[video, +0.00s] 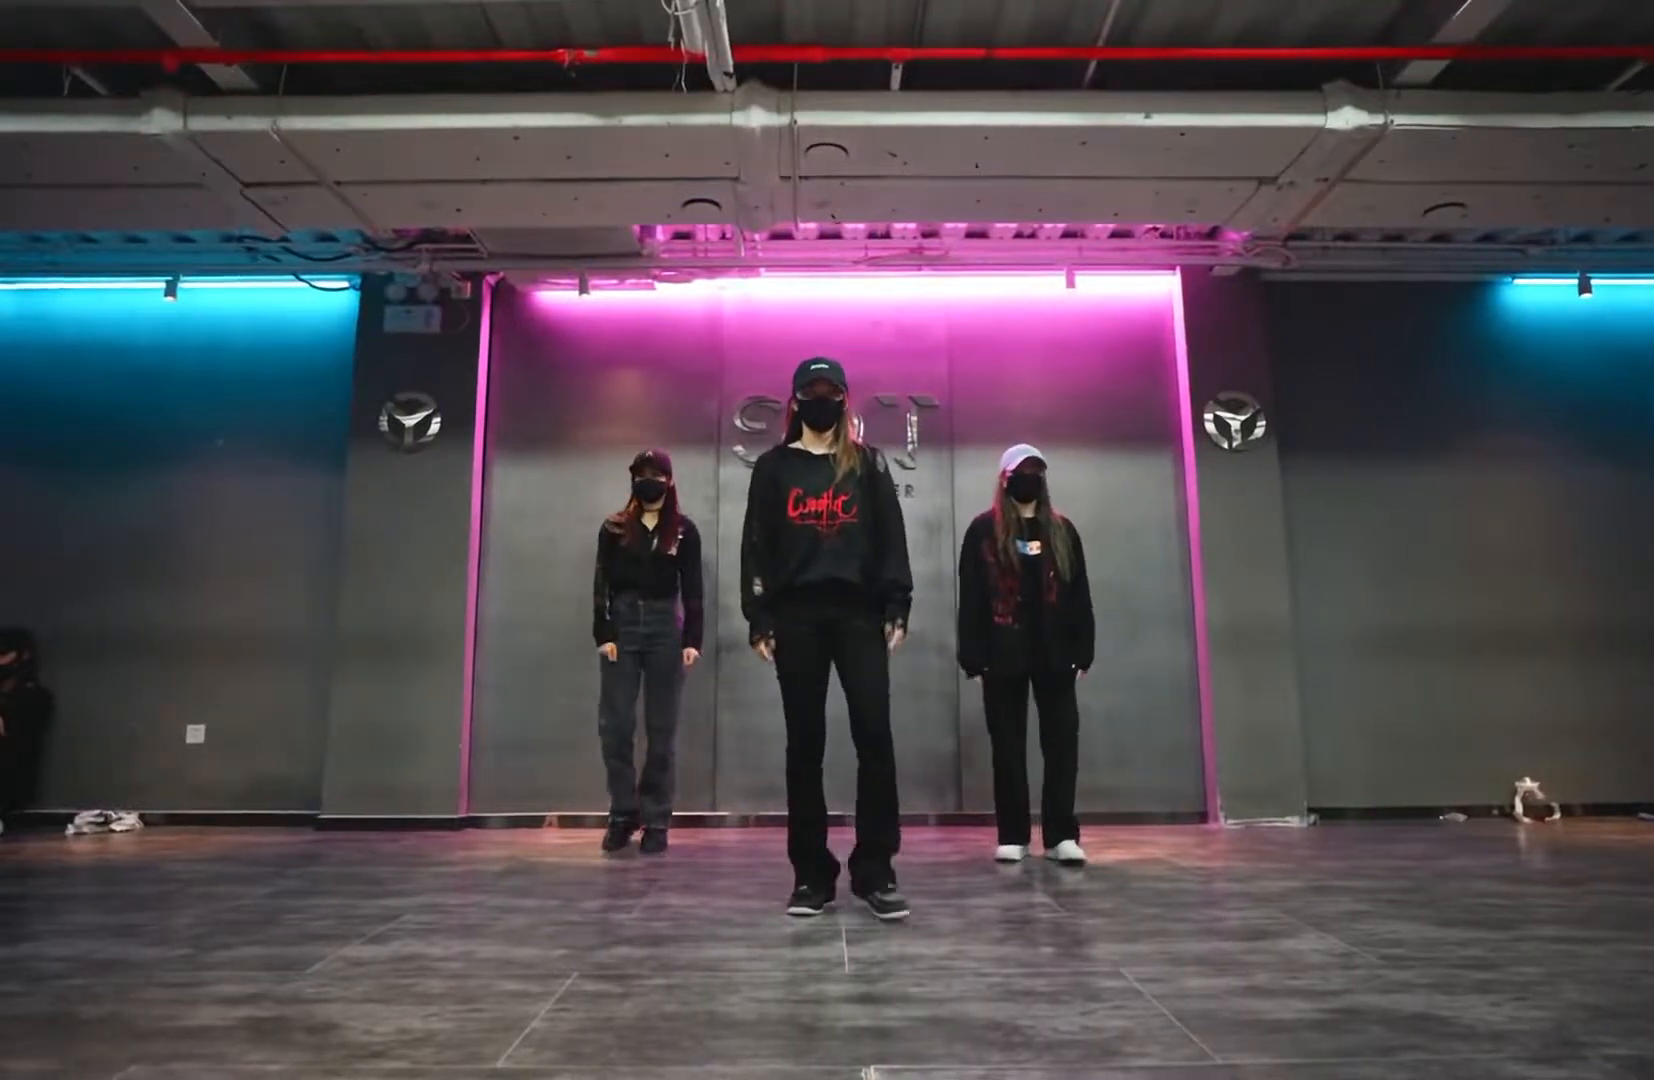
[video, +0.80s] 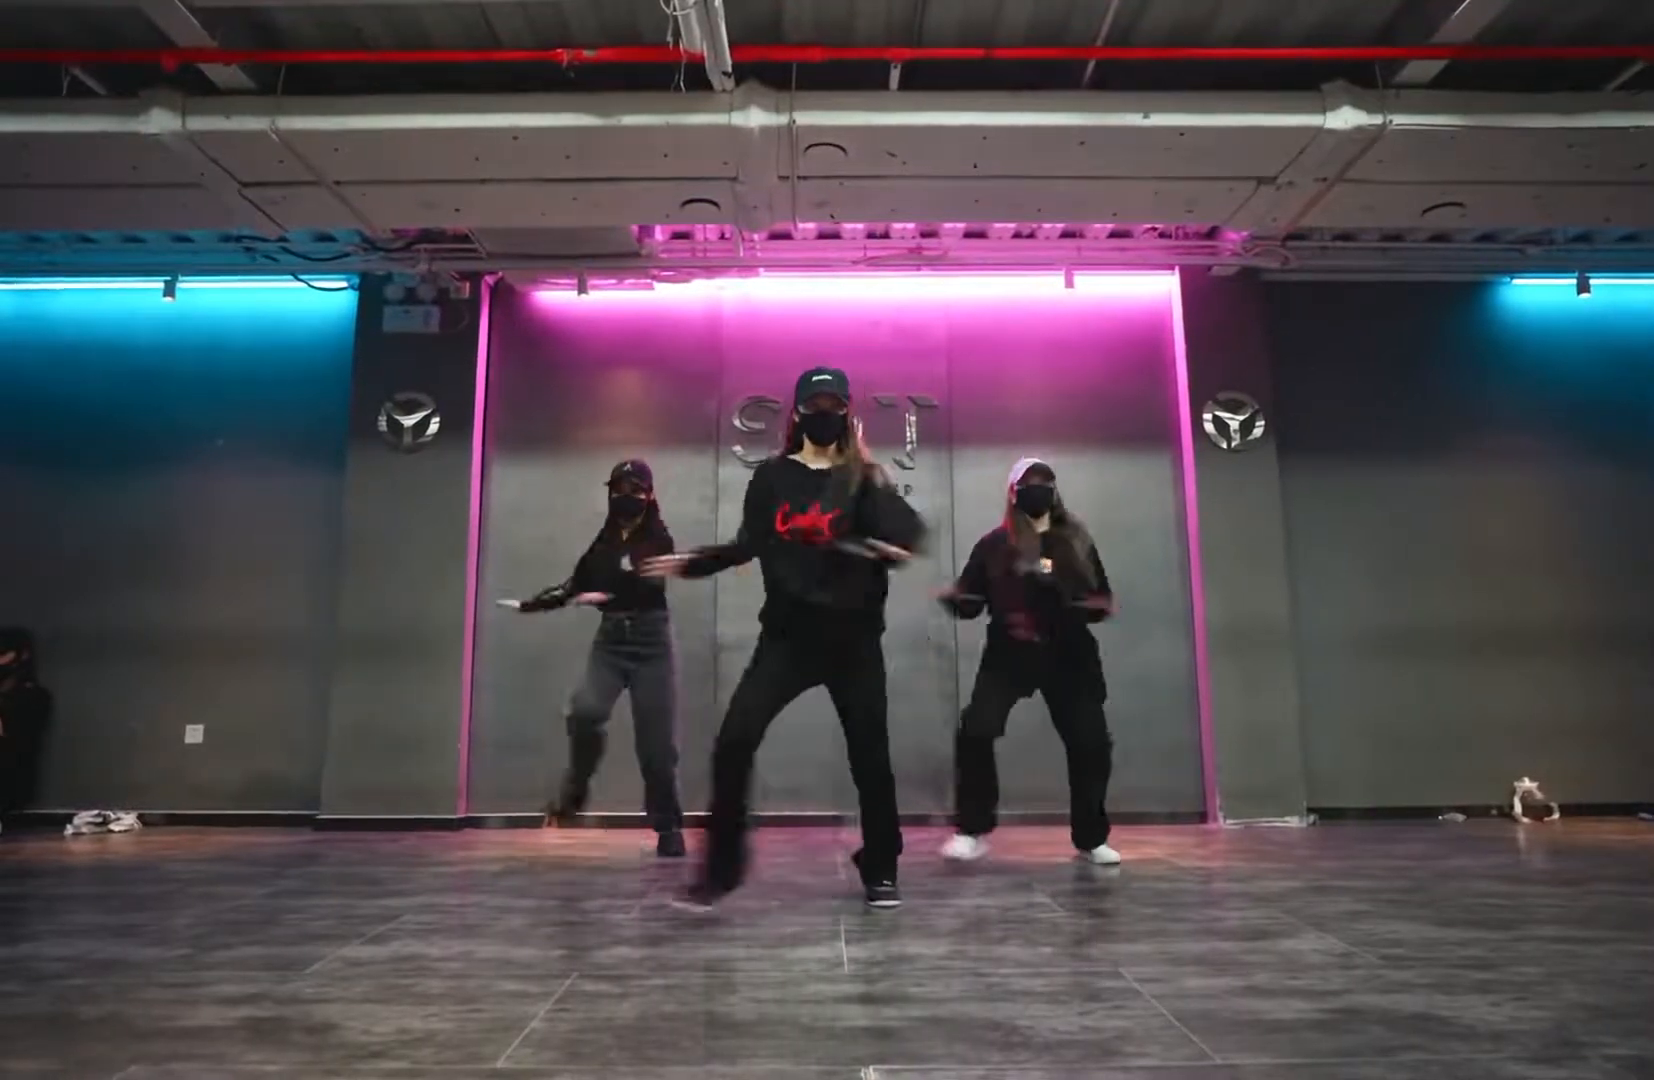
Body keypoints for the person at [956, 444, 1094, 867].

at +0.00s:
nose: (1031, 482)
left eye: (1036, 475)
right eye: (1023, 475)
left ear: (1044, 479)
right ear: (1006, 479)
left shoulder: (1062, 529)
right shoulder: (983, 530)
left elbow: (1079, 594)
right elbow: (971, 596)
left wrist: (1083, 649)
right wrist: (972, 654)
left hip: (1055, 656)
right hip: (1002, 657)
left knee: (1062, 746)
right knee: (1008, 749)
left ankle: (1062, 837)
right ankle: (1012, 838)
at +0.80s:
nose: (1038, 500)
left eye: (1045, 491)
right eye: (1029, 492)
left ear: (1055, 495)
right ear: (1013, 496)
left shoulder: (1073, 542)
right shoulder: (992, 547)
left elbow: (1100, 604)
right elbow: (971, 605)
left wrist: (1065, 597)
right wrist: (954, 599)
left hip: (1066, 660)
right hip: (1008, 659)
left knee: (1091, 744)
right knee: (975, 732)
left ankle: (1091, 839)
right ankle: (972, 830)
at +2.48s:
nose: (1062, 447)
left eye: (1069, 440)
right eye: (1054, 439)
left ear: (1077, 445)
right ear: (1035, 443)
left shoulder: (1095, 499)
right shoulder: (1009, 492)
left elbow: (1117, 559)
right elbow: (967, 546)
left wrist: (1111, 604)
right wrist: (987, 556)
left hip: (1079, 622)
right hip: (1021, 621)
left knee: (1096, 722)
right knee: (1015, 718)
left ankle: (1104, 822)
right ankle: (1007, 817)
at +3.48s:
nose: (988, 473)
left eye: (997, 464)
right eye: (984, 465)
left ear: (1023, 464)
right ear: (985, 467)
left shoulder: (1041, 496)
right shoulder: (987, 511)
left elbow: (985, 501)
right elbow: (939, 548)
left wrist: (924, 476)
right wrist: (923, 493)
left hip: (1050, 636)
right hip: (997, 639)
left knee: (1080, 743)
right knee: (953, 738)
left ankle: (1123, 851)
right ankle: (951, 849)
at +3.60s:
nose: (1012, 473)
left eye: (1018, 464)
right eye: (1003, 467)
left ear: (1030, 467)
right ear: (989, 472)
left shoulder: (1047, 499)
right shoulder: (980, 518)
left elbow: (1014, 514)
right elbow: (935, 550)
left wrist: (945, 511)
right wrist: (928, 499)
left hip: (1058, 635)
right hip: (1003, 637)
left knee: (1085, 741)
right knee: (962, 737)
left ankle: (1122, 850)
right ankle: (952, 849)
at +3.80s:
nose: (1044, 465)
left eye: (1048, 456)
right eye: (1036, 459)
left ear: (1017, 462)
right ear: (1023, 467)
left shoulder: (1080, 499)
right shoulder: (999, 519)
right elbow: (946, 529)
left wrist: (1038, 494)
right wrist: (948, 475)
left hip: (1083, 637)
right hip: (1025, 639)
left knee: (1102, 741)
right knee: (985, 736)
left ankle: (1123, 849)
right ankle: (952, 846)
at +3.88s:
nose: (1059, 472)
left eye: (1063, 461)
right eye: (1049, 465)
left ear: (1071, 463)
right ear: (1028, 469)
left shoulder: (1096, 509)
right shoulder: (1009, 520)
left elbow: (1139, 477)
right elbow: (957, 526)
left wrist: (1070, 491)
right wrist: (961, 465)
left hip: (1096, 641)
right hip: (1037, 643)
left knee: (1110, 744)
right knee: (995, 738)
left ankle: (1124, 848)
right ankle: (958, 842)